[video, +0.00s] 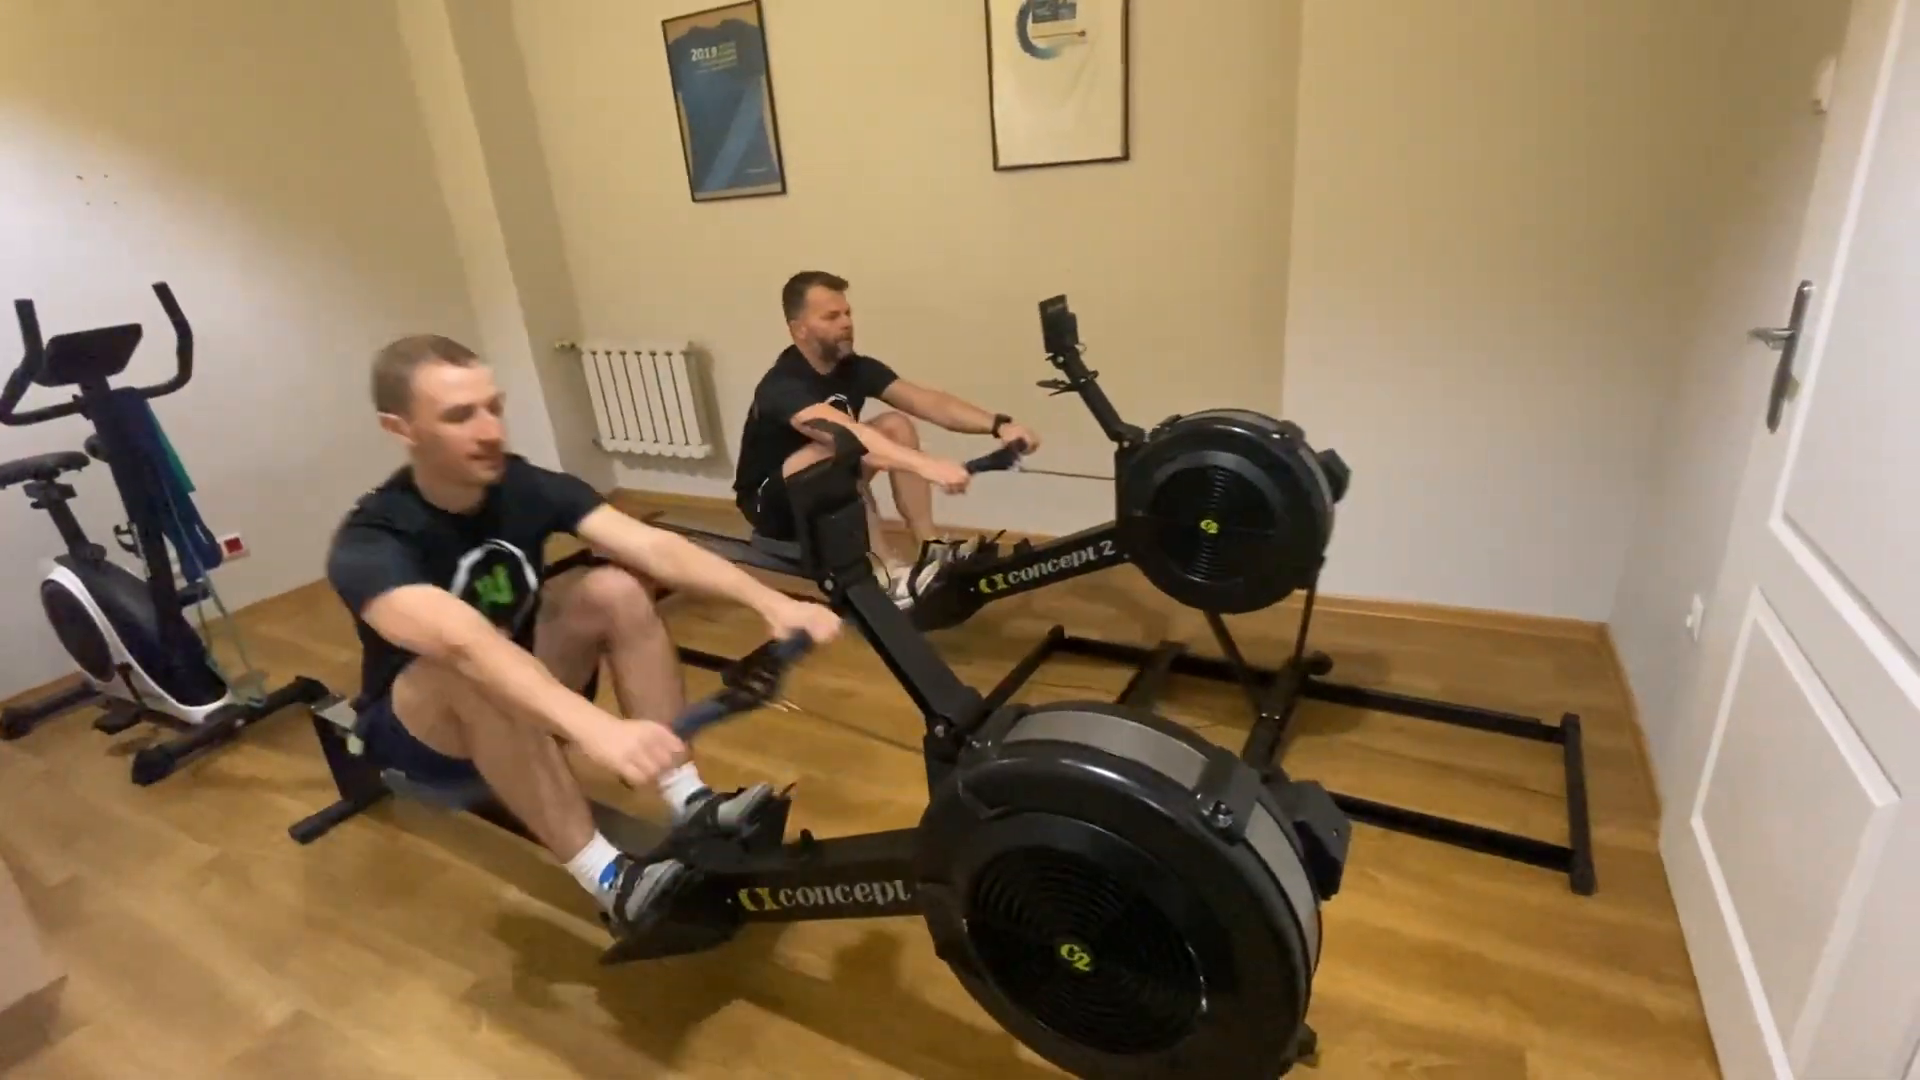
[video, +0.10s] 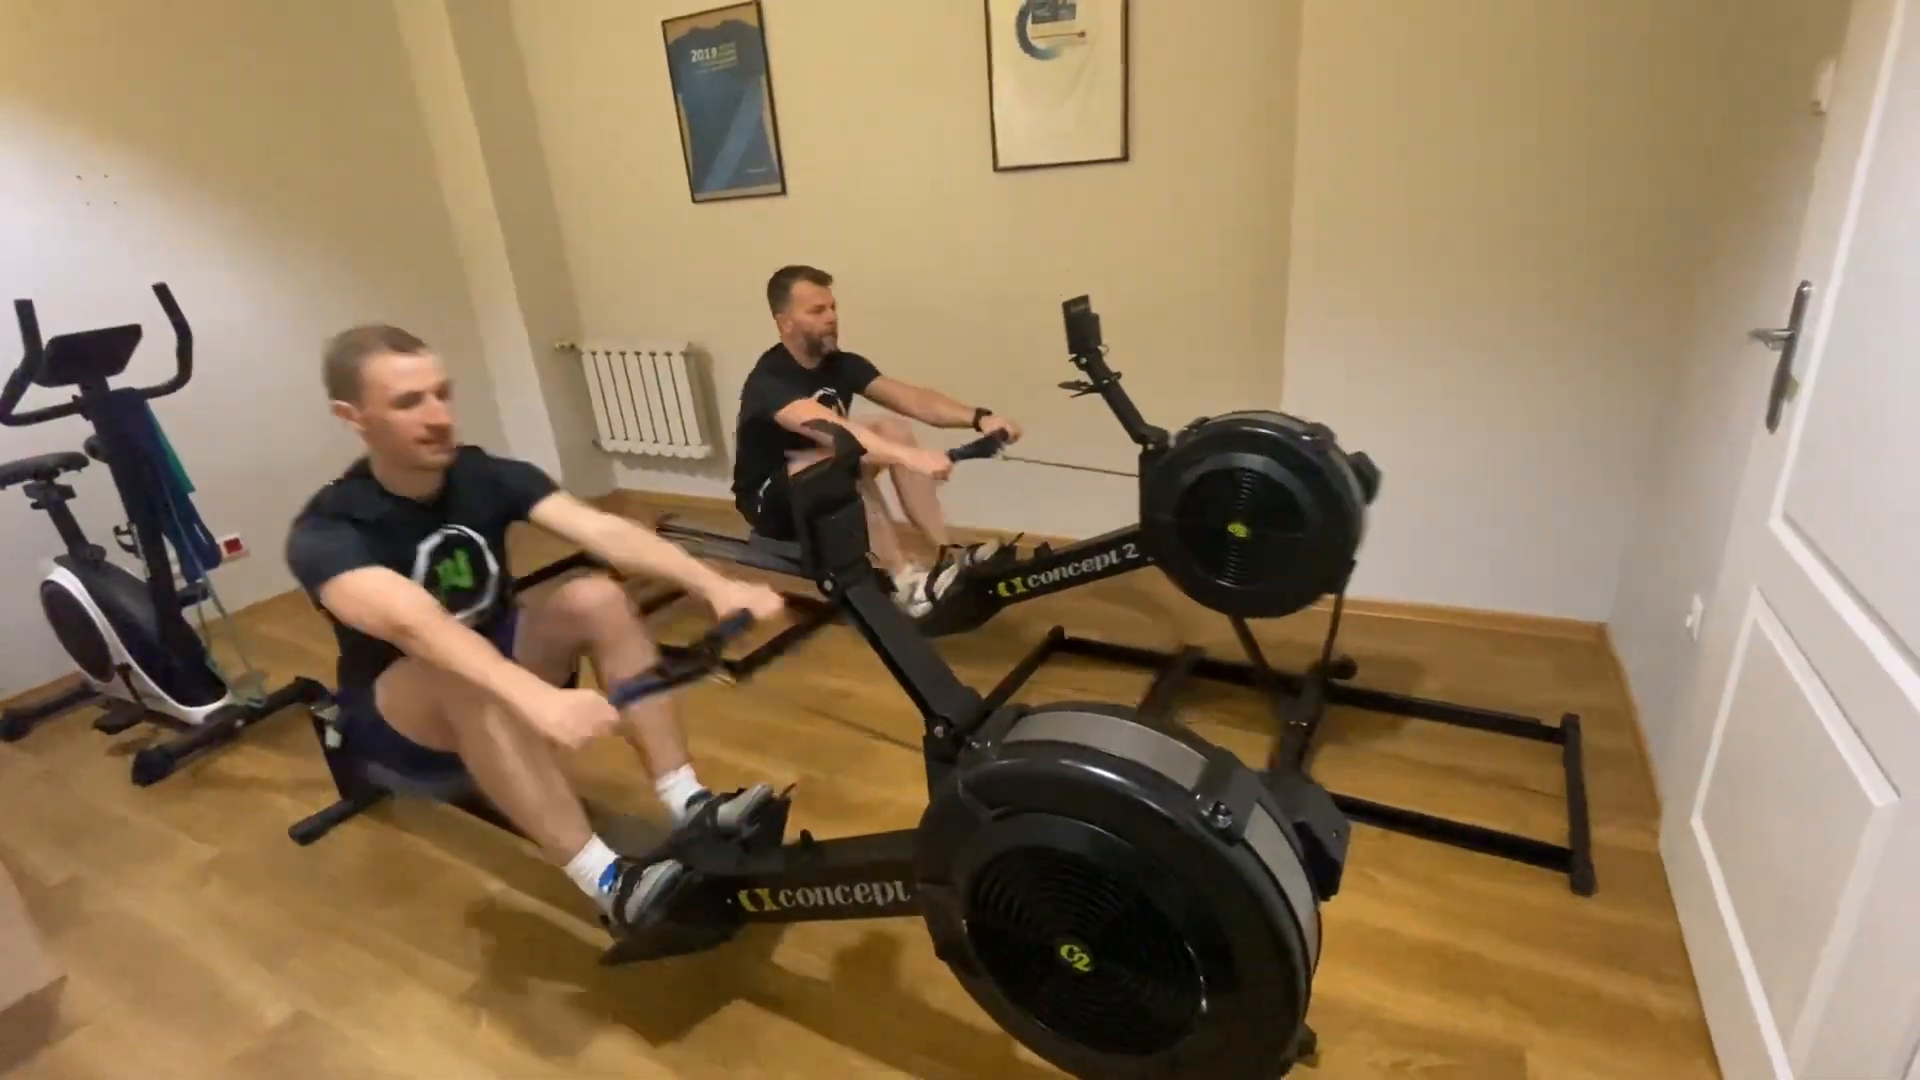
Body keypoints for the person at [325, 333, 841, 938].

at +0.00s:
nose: (490, 431)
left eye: (494, 408)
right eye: (461, 417)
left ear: (503, 404)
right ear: (401, 429)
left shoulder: (524, 488)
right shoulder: (368, 548)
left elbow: (650, 547)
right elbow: (466, 642)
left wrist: (769, 600)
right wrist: (592, 727)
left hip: (516, 691)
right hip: (417, 735)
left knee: (615, 592)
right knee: (476, 666)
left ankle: (693, 808)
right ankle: (612, 883)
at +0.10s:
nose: (437, 416)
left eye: (442, 394)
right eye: (408, 403)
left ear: (452, 391)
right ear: (354, 419)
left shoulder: (485, 479)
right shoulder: (326, 534)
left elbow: (603, 532)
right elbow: (420, 626)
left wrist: (713, 583)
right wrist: (539, 699)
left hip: (492, 654)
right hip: (390, 703)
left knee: (597, 597)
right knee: (468, 680)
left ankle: (692, 809)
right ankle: (611, 885)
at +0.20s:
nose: (378, 400)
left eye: (383, 378)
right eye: (350, 388)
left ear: (394, 376)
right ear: (296, 402)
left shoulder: (432, 464)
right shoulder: (277, 520)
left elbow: (550, 521)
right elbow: (362, 605)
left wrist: (655, 572)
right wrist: (464, 672)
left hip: (462, 636)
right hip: (364, 679)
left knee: (575, 617)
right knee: (458, 693)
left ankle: (693, 810)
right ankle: (610, 886)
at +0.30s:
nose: (325, 388)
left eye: (327, 368)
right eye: (299, 378)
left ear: (335, 365)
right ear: (243, 394)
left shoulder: (387, 457)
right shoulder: (227, 506)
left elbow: (495, 515)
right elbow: (300, 602)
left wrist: (583, 551)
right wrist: (395, 647)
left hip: (433, 629)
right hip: (334, 665)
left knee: (562, 647)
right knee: (446, 703)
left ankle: (692, 809)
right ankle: (610, 884)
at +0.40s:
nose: (294, 390)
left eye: (298, 370)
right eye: (268, 378)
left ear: (308, 367)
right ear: (214, 393)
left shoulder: (360, 453)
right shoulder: (203, 502)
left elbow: (462, 517)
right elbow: (257, 607)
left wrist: (540, 542)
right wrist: (347, 640)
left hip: (412, 624)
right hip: (314, 662)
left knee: (534, 652)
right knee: (433, 710)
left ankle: (692, 808)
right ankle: (607, 882)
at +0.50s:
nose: (273, 399)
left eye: (277, 378)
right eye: (247, 389)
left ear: (287, 373)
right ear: (198, 401)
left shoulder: (343, 458)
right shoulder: (186, 510)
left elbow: (442, 528)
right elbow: (207, 631)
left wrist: (488, 538)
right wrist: (290, 633)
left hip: (403, 618)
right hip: (311, 660)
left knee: (527, 680)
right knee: (436, 733)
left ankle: (693, 806)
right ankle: (607, 884)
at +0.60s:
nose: (256, 410)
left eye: (261, 390)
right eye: (231, 400)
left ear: (271, 384)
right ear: (184, 412)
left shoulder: (328, 467)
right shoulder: (171, 519)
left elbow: (413, 530)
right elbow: (149, 649)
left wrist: (437, 536)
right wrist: (216, 632)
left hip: (391, 615)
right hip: (300, 655)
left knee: (521, 696)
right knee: (433, 746)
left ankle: (692, 803)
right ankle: (610, 883)